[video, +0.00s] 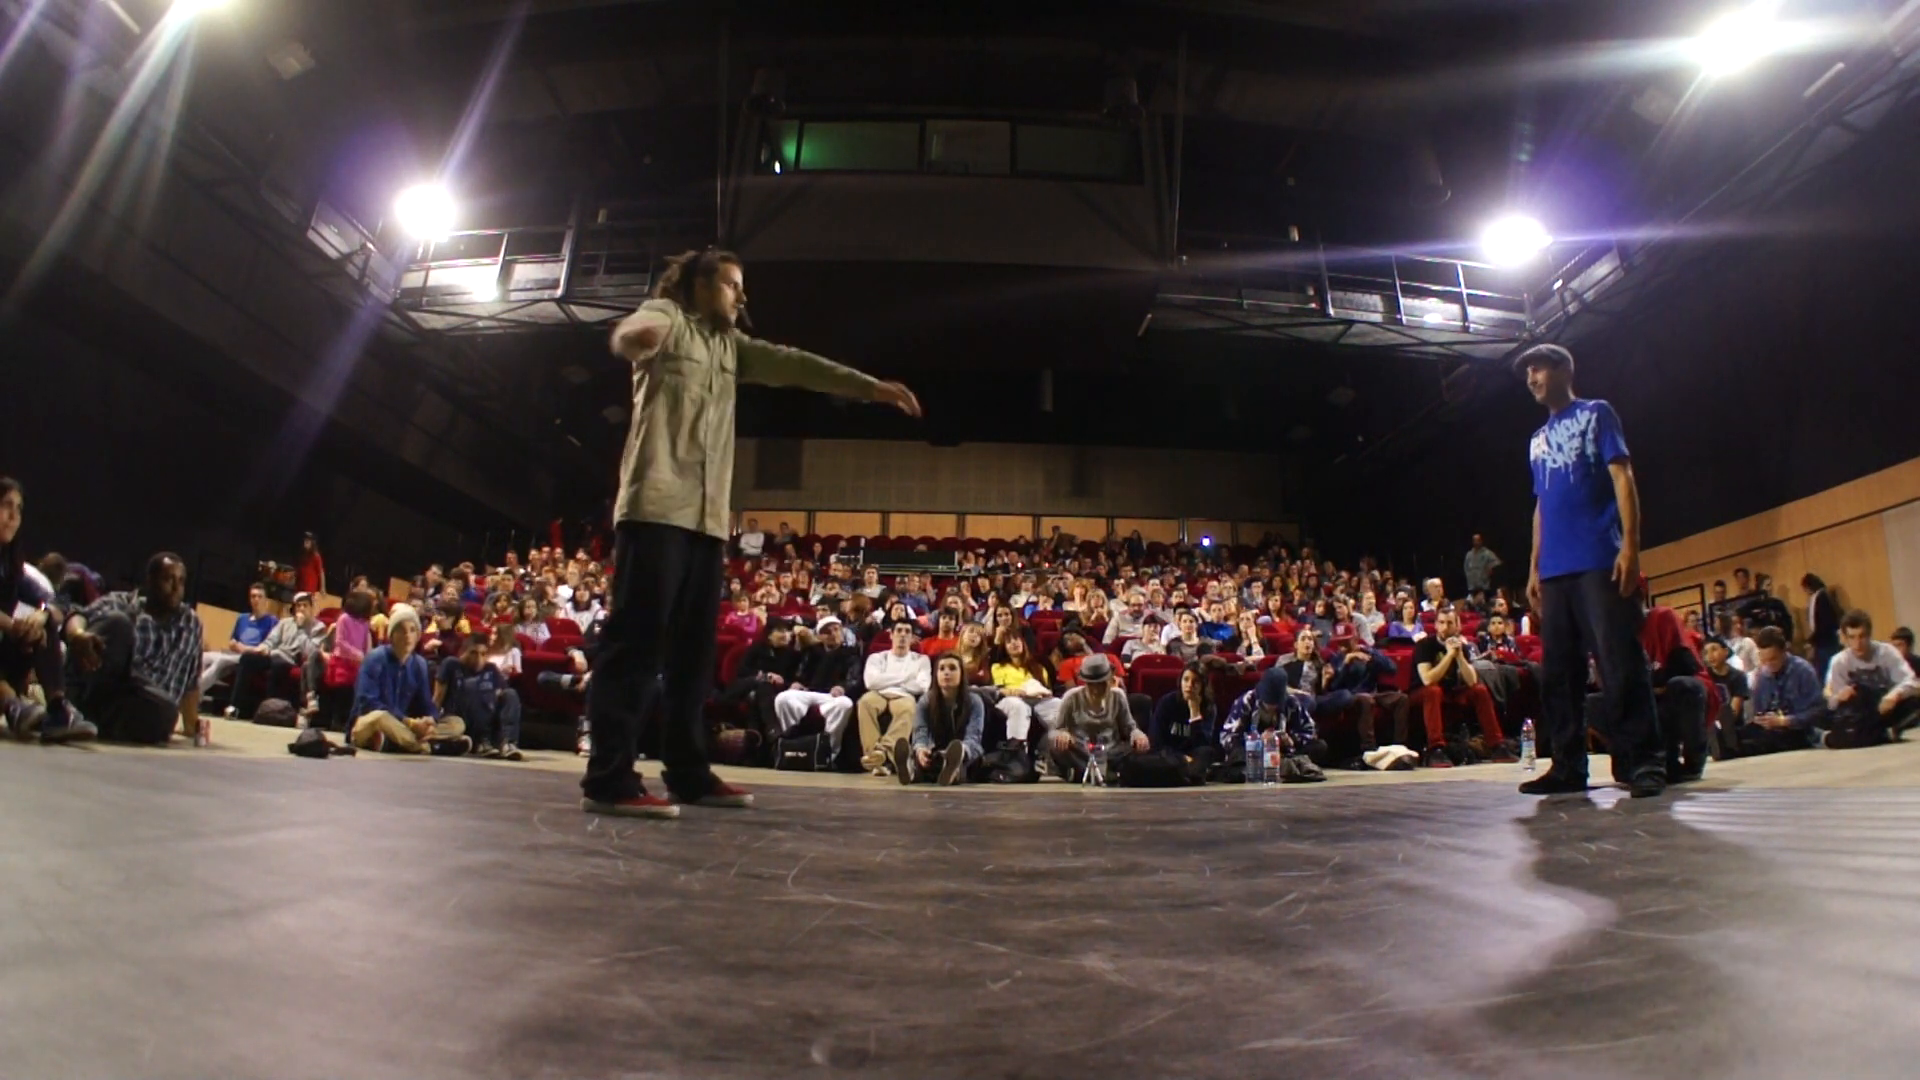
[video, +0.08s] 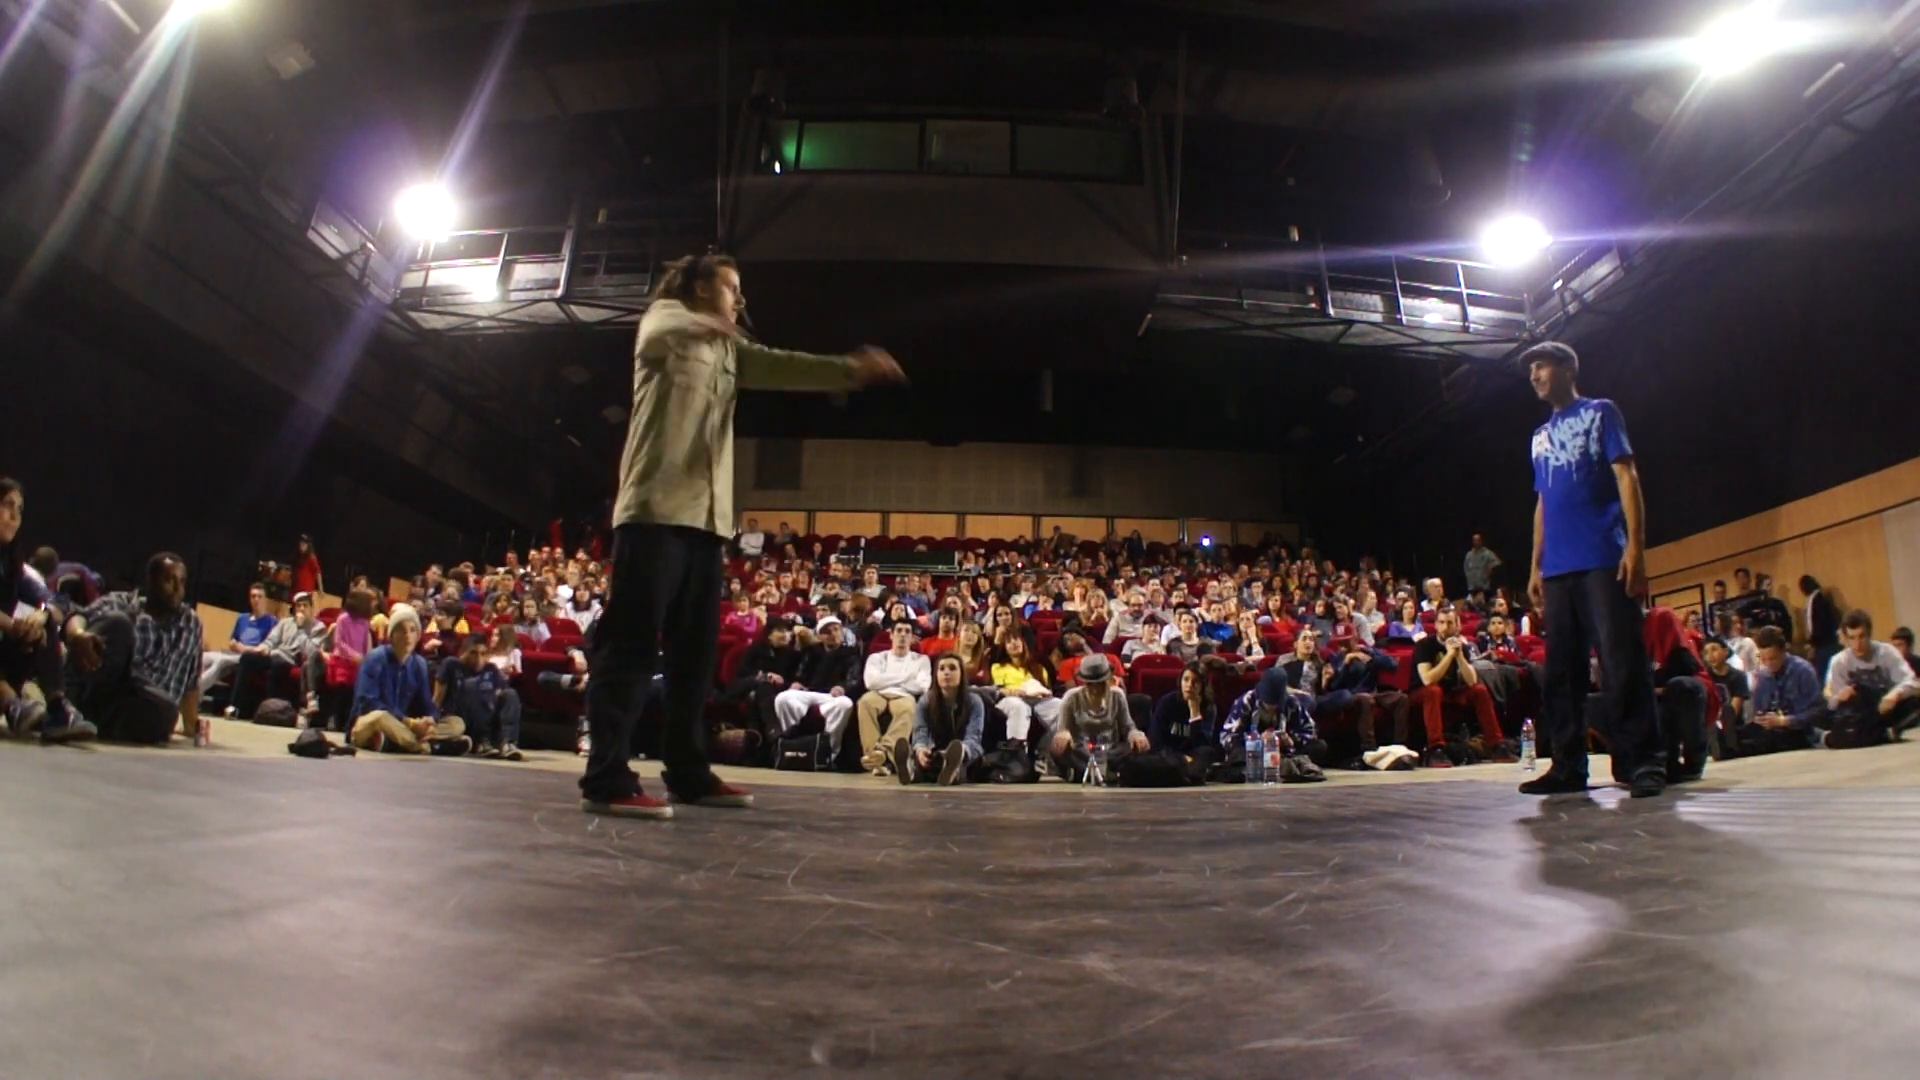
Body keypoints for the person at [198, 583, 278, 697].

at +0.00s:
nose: (256, 600)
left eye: (260, 597)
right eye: (253, 596)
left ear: (266, 600)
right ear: (250, 599)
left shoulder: (271, 621)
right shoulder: (242, 618)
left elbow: (265, 648)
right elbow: (233, 641)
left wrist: (242, 647)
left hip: (253, 656)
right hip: (235, 654)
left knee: (221, 661)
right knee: (204, 657)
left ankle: (195, 692)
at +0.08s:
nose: (256, 600)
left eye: (260, 596)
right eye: (253, 596)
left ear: (265, 599)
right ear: (249, 599)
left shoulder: (272, 622)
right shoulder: (242, 618)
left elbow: (265, 648)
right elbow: (233, 641)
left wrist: (241, 647)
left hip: (253, 656)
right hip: (235, 653)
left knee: (222, 661)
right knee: (204, 657)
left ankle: (195, 691)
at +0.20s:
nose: (256, 600)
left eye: (260, 596)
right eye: (253, 596)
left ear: (265, 599)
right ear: (249, 599)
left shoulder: (272, 622)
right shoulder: (242, 619)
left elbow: (266, 648)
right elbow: (233, 641)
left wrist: (242, 647)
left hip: (254, 656)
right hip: (236, 654)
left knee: (221, 661)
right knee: (204, 657)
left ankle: (195, 692)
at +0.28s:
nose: (256, 600)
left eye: (259, 596)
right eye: (253, 596)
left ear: (265, 599)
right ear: (249, 599)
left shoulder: (271, 621)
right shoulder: (242, 618)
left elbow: (267, 647)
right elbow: (233, 640)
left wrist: (244, 648)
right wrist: (237, 646)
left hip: (254, 656)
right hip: (235, 653)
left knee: (221, 661)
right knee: (203, 657)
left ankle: (195, 692)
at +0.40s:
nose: (256, 600)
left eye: (260, 596)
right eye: (253, 596)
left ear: (265, 599)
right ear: (249, 599)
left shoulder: (272, 622)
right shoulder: (242, 618)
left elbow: (266, 648)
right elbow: (233, 640)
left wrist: (243, 648)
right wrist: (236, 645)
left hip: (254, 656)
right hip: (236, 653)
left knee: (221, 661)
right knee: (204, 657)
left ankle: (196, 691)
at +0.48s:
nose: (256, 600)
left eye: (260, 596)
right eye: (253, 596)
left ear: (265, 599)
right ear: (249, 599)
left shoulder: (272, 621)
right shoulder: (242, 618)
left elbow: (266, 648)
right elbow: (233, 640)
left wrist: (243, 648)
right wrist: (236, 645)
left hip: (254, 656)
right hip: (236, 653)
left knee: (222, 661)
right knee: (204, 657)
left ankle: (196, 691)